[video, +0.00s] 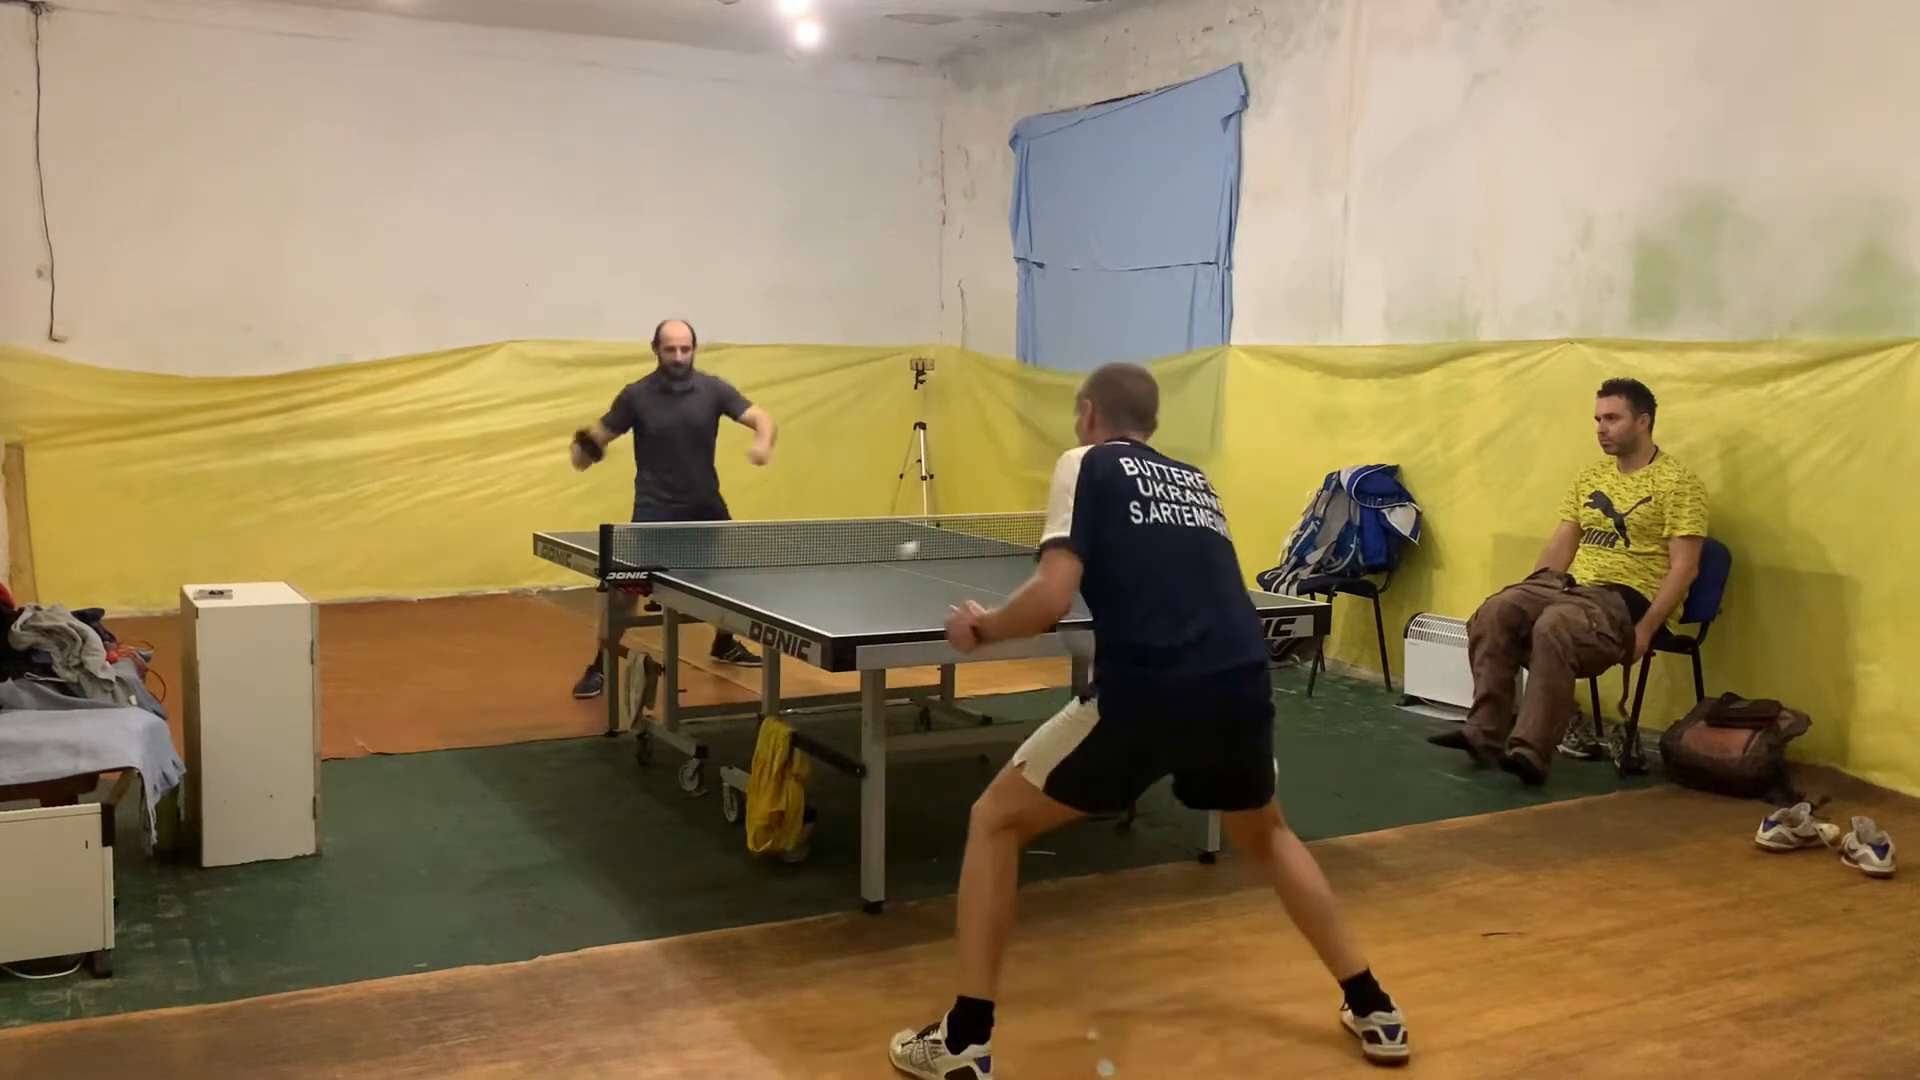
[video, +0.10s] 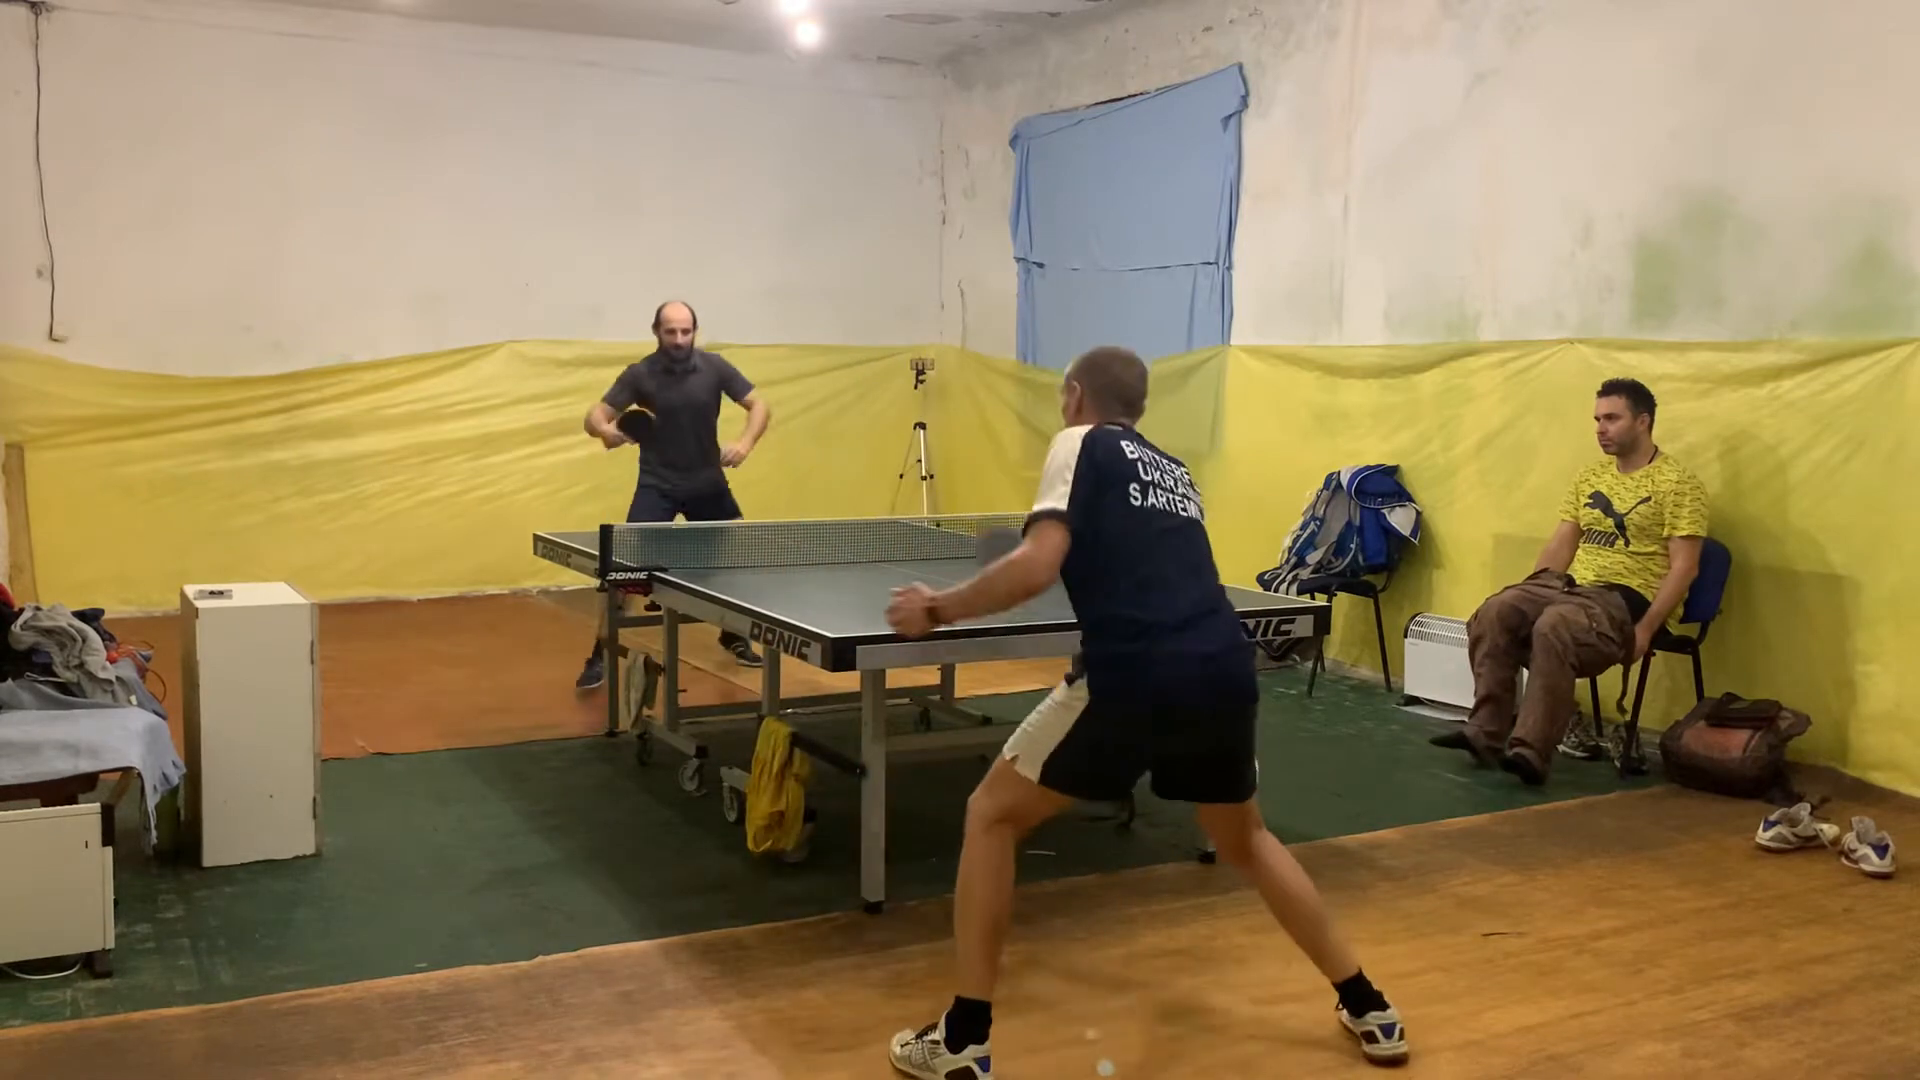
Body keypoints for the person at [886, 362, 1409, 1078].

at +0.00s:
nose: (1075, 430)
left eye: (1076, 418)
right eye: (1077, 419)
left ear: (1090, 417)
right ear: (1149, 426)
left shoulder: (1083, 464)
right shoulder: (1192, 478)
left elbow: (1051, 597)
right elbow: (1202, 587)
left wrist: (984, 628)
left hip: (1140, 700)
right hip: (1240, 693)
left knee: (995, 821)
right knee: (1268, 834)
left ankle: (966, 1034)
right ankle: (1373, 1008)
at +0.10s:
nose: (1061, 410)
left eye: (1064, 398)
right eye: (1064, 398)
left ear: (1079, 399)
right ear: (1135, 409)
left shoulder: (1078, 444)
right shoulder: (1174, 471)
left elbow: (1039, 563)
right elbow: (1176, 583)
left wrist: (939, 607)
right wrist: (1096, 652)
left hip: (1126, 680)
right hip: (1223, 675)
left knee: (992, 815)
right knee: (1246, 838)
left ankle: (964, 1033)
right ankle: (1368, 1007)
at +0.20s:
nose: (1056, 387)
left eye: (1058, 376)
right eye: (1059, 376)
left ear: (1071, 375)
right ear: (1134, 389)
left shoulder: (1077, 419)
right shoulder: (1159, 453)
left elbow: (1030, 531)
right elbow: (1167, 562)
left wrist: (909, 600)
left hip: (1118, 664)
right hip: (1214, 659)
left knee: (994, 811)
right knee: (1249, 836)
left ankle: (963, 1031)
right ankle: (1369, 1005)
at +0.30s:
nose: (1053, 352)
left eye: (1055, 340)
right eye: (1058, 340)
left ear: (1069, 339)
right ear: (1128, 351)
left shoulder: (1067, 389)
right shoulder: (1157, 415)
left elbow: (1045, 496)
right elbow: (1160, 527)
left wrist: (945, 598)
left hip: (1110, 646)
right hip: (1204, 639)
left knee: (1005, 812)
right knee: (1246, 804)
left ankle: (965, 1029)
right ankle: (1361, 969)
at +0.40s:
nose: (1057, 331)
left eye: (1059, 319)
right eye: (1060, 318)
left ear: (1074, 320)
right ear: (1135, 331)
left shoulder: (1070, 379)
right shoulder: (1182, 399)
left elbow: (1063, 491)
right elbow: (1184, 508)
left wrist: (994, 612)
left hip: (1108, 636)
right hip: (1206, 630)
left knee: (997, 789)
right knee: (1243, 791)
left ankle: (963, 1001)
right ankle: (1338, 952)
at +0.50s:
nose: (1066, 350)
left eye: (1069, 337)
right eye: (1070, 337)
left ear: (1082, 338)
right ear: (1146, 349)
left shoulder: (1077, 410)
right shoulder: (1200, 421)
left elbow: (1066, 533)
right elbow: (1231, 536)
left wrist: (999, 657)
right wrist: (1155, 574)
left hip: (1111, 659)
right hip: (1210, 653)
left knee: (999, 809)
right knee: (1239, 803)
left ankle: (946, 1016)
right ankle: (1336, 969)